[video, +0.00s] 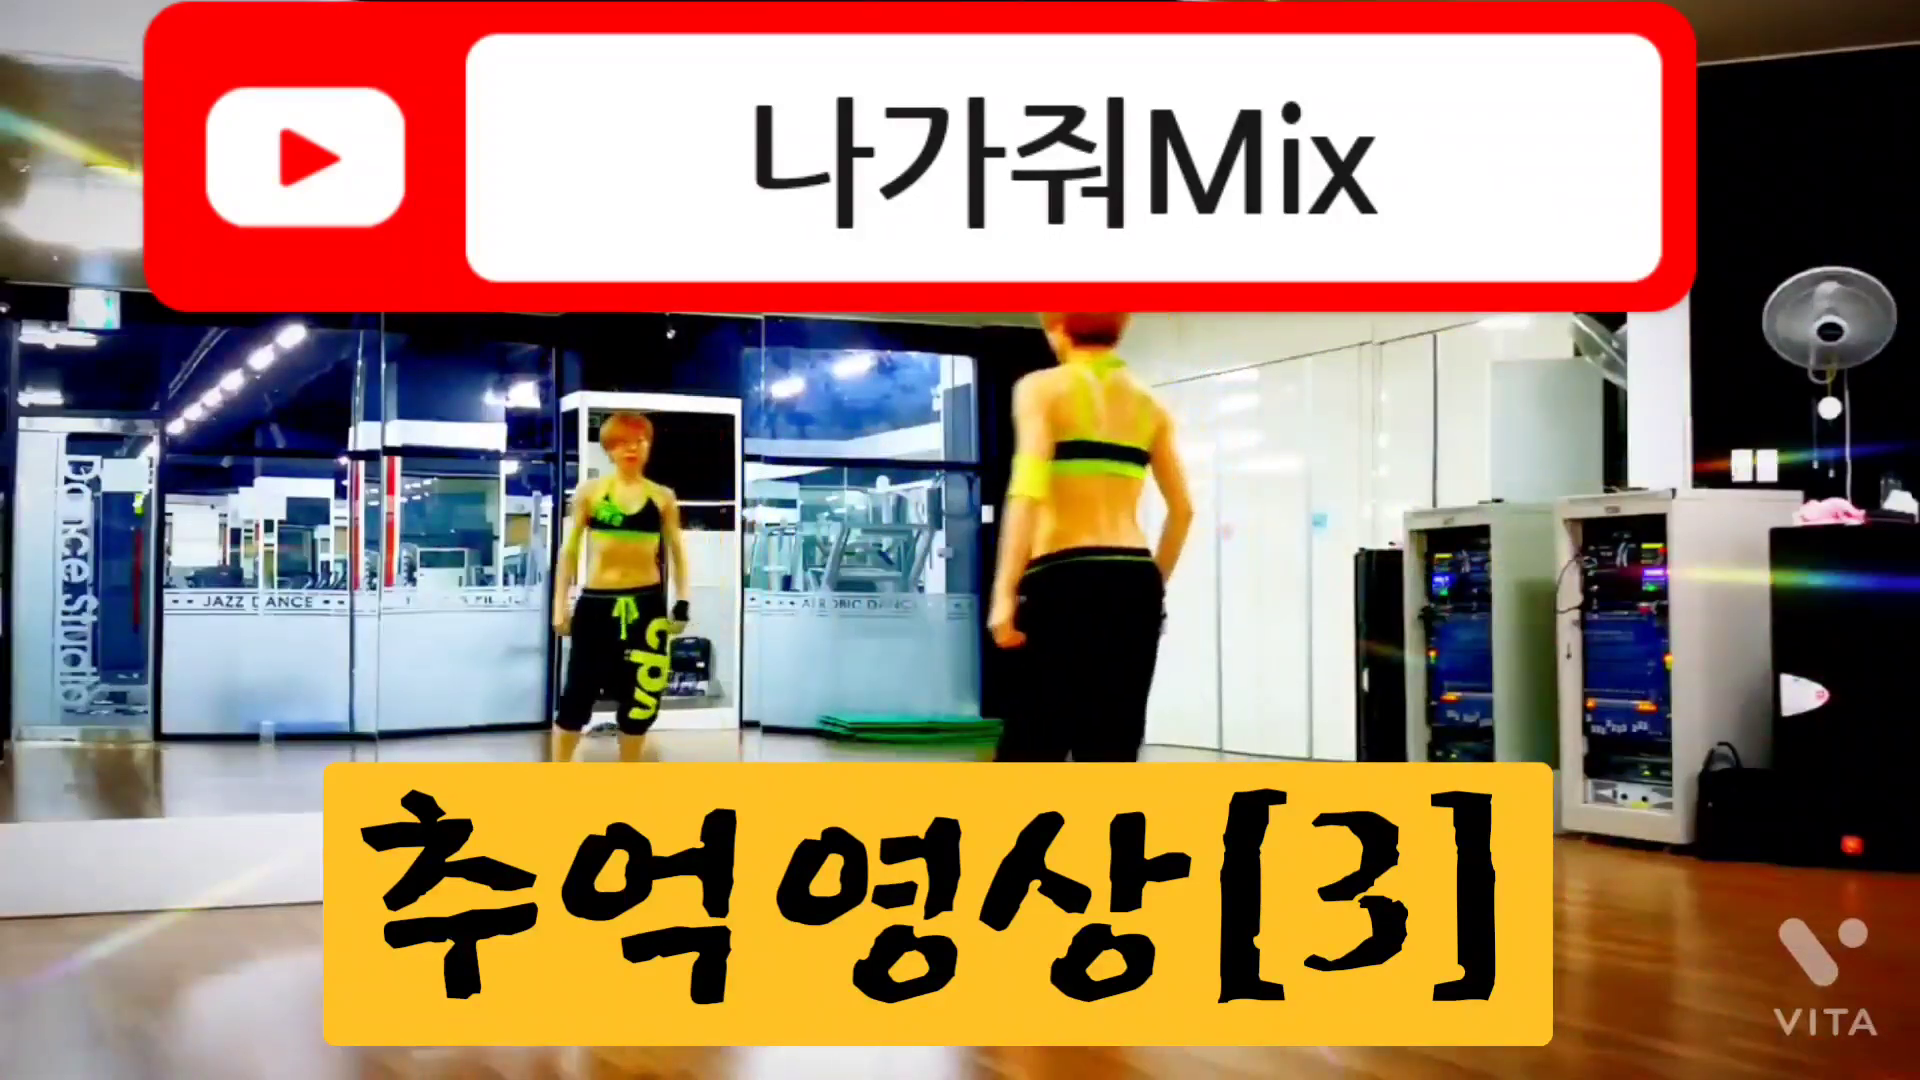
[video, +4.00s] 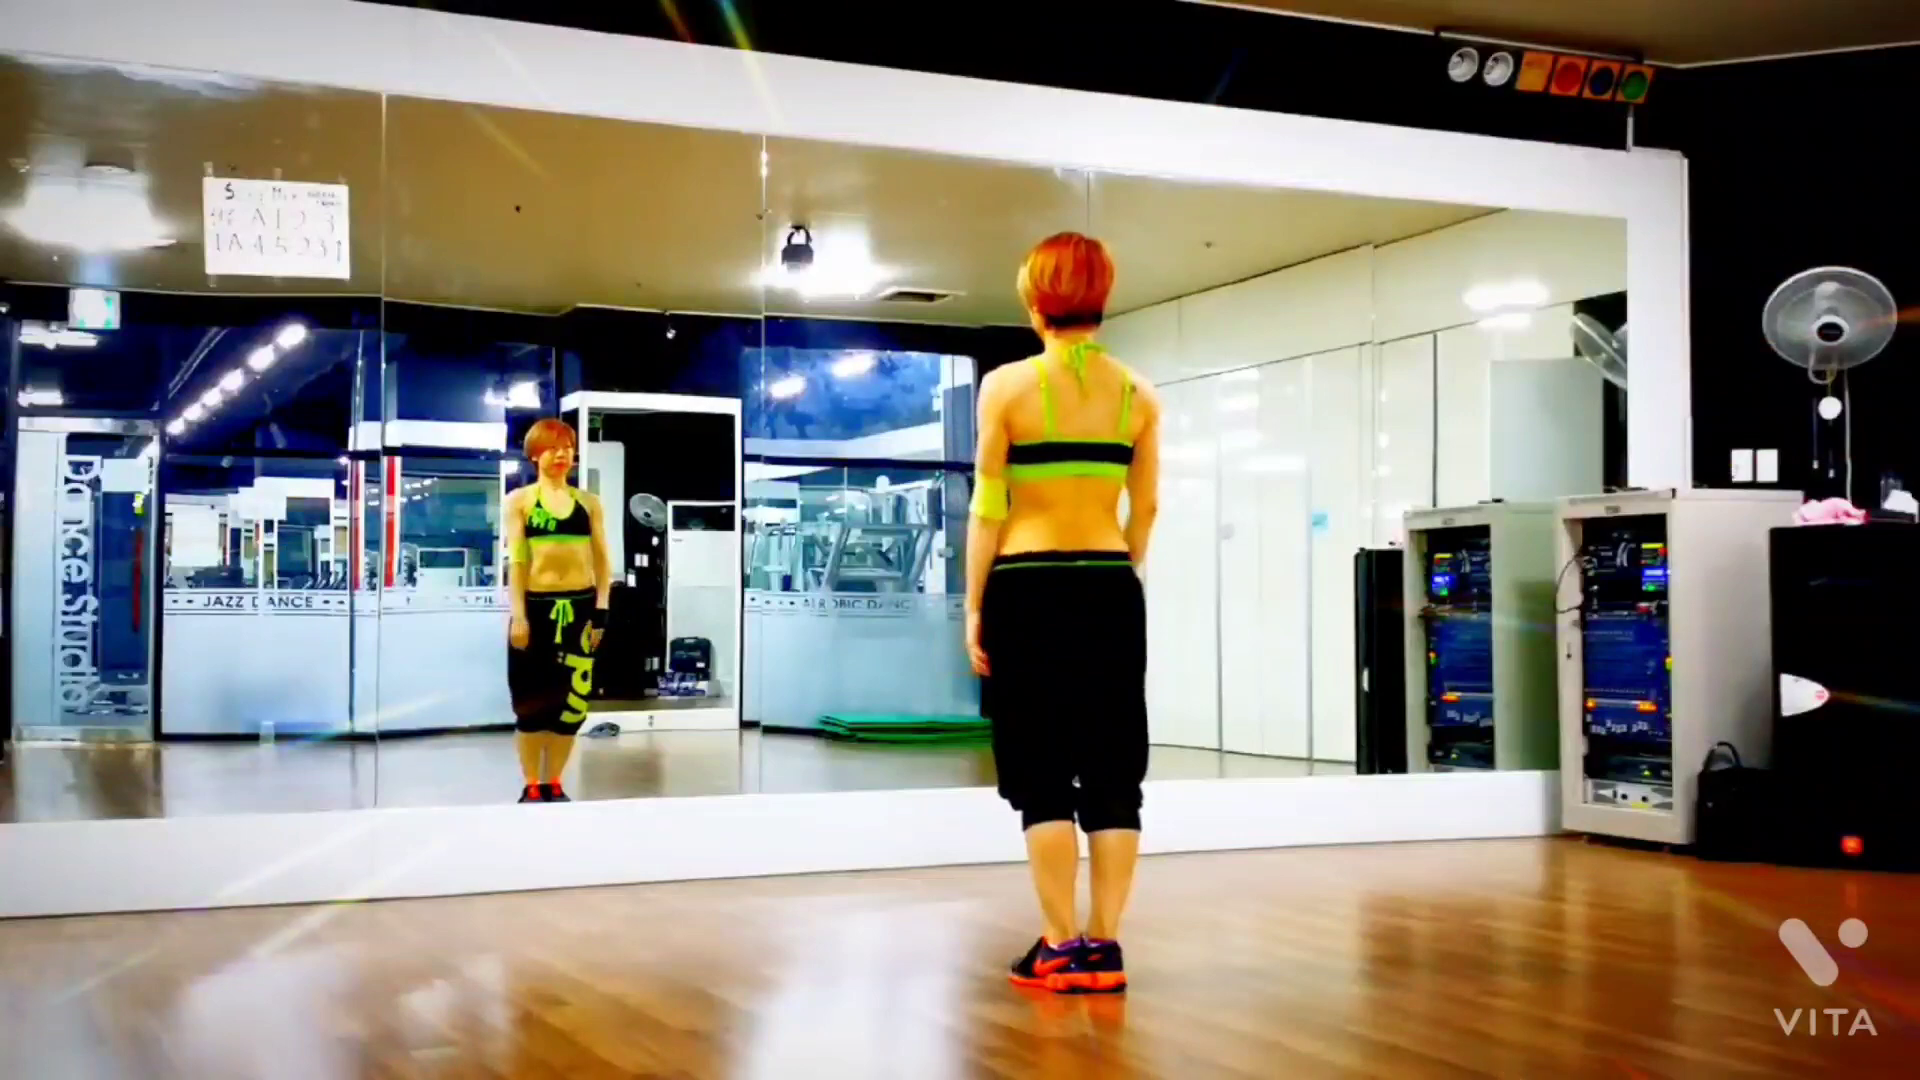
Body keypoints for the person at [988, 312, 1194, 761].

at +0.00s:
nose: (1049, 336)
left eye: (1049, 327)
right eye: (1050, 328)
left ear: (1059, 329)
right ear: (1116, 330)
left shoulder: (1039, 388)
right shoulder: (1147, 404)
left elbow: (1027, 493)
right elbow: (1181, 509)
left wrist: (1005, 591)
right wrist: (1154, 584)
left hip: (1061, 582)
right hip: (1133, 584)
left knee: (1037, 746)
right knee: (1113, 747)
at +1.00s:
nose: (1030, 319)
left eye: (1029, 313)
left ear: (1036, 315)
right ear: (1099, 318)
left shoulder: (1009, 380)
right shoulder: (1134, 395)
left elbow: (989, 500)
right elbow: (1151, 508)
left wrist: (964, 605)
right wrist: (1128, 579)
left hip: (1029, 586)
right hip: (1111, 583)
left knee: (1037, 753)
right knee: (1116, 749)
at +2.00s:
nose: (1024, 302)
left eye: (1025, 291)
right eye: (1033, 291)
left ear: (1032, 297)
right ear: (1101, 297)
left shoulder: (1007, 377)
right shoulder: (1136, 388)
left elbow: (985, 499)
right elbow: (1142, 504)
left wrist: (957, 599)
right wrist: (1130, 578)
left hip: (1027, 588)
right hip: (1113, 585)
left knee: (1044, 768)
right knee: (1116, 765)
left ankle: (1061, 939)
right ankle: (1104, 943)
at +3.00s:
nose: (1023, 304)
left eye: (1024, 293)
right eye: (1036, 292)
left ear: (1029, 299)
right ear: (1099, 298)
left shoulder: (1006, 377)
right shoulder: (1134, 391)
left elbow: (962, 473)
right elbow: (1140, 505)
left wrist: (961, 548)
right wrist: (1131, 577)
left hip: (1027, 587)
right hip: (1111, 585)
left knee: (1039, 765)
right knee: (1116, 766)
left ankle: (1061, 940)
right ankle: (1104, 945)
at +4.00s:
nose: (1031, 306)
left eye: (1031, 295)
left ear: (1033, 304)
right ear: (1103, 301)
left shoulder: (1005, 387)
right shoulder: (1136, 393)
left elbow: (990, 508)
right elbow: (1144, 506)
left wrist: (974, 606)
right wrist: (1124, 574)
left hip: (1025, 592)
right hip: (1110, 592)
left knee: (1039, 765)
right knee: (1114, 766)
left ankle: (1061, 940)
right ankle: (1104, 943)